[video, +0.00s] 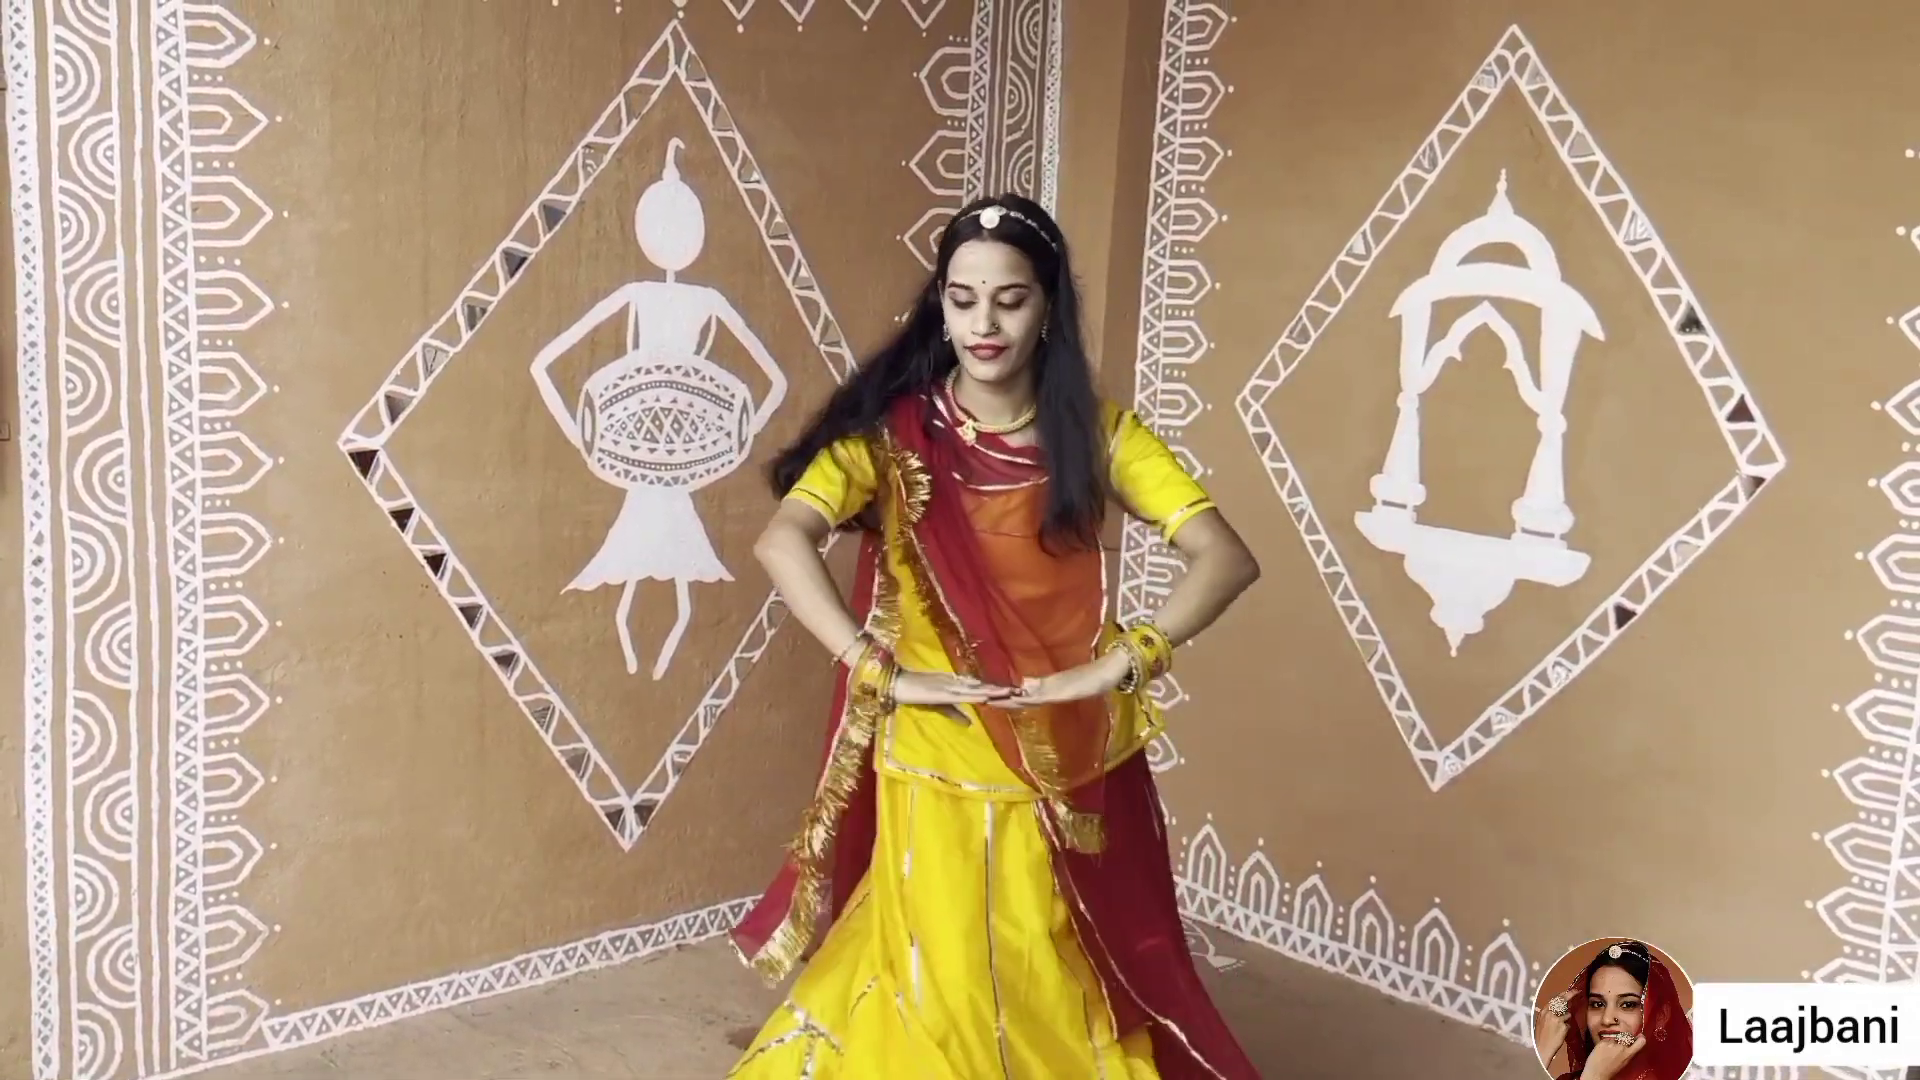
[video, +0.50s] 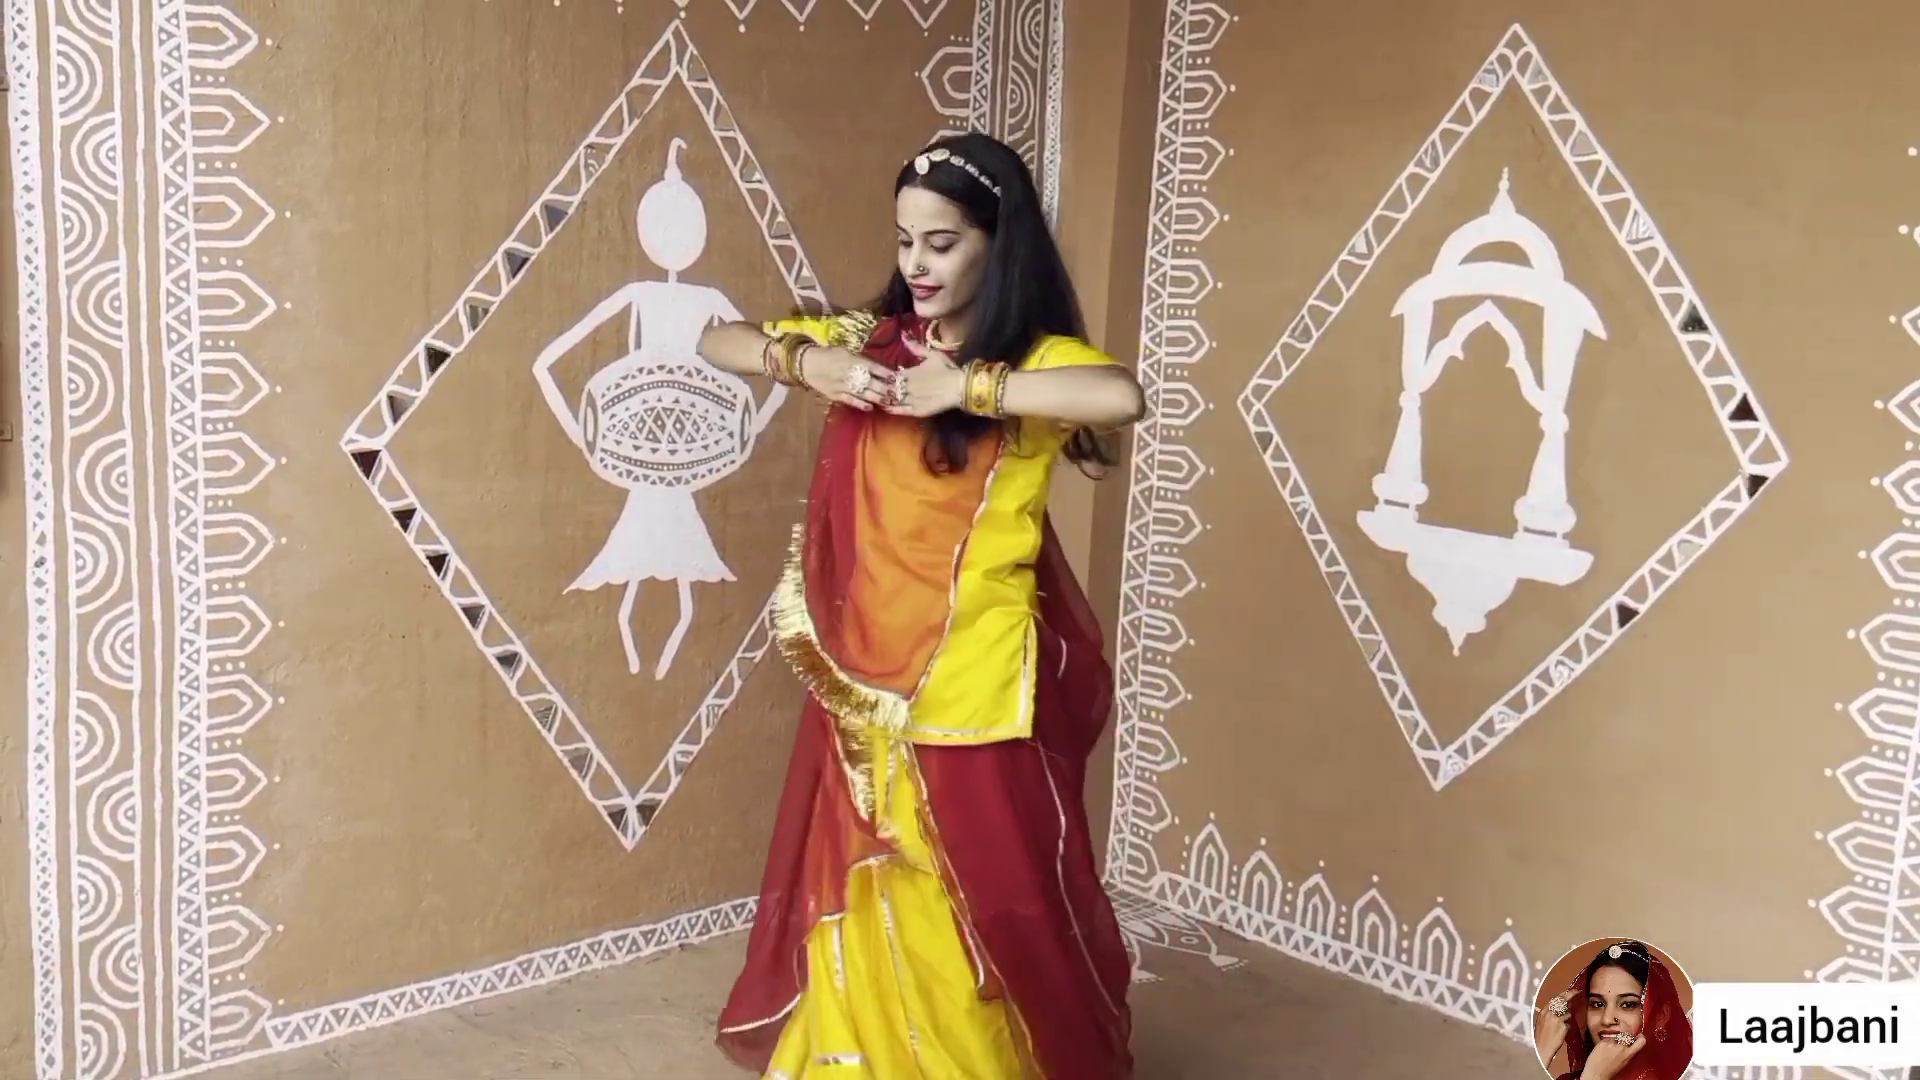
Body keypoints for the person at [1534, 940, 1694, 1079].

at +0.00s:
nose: (1607, 1019)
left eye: (1627, 1004)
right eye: (1597, 1004)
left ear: (1658, 1013)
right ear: (1585, 1012)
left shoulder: (1670, 1075)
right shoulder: (1568, 1078)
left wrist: (1595, 1075)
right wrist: (1540, 1054)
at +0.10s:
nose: (1608, 1019)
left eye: (1627, 1005)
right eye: (1597, 1004)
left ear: (1658, 1013)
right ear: (1584, 1012)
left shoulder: (1667, 1076)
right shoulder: (1566, 1078)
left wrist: (1595, 1076)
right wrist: (1539, 1056)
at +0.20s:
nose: (1607, 1019)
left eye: (1627, 1004)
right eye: (1597, 1004)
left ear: (1658, 1013)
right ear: (1585, 1012)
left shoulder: (1669, 1075)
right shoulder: (1568, 1078)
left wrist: (1595, 1075)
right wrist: (1540, 1055)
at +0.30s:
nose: (1608, 1019)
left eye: (1627, 1005)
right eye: (1597, 1004)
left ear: (1658, 1013)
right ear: (1584, 1012)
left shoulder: (1667, 1076)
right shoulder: (1566, 1078)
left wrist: (1595, 1076)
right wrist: (1539, 1056)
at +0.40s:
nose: (1607, 1019)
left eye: (1627, 1004)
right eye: (1597, 1004)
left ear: (1658, 1013)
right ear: (1585, 1012)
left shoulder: (1670, 1075)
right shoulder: (1568, 1078)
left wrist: (1595, 1075)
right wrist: (1540, 1054)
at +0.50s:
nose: (1607, 1019)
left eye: (1627, 1004)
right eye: (1597, 1004)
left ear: (1658, 1013)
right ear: (1585, 1012)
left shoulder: (1670, 1075)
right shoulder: (1568, 1078)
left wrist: (1595, 1075)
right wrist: (1540, 1055)